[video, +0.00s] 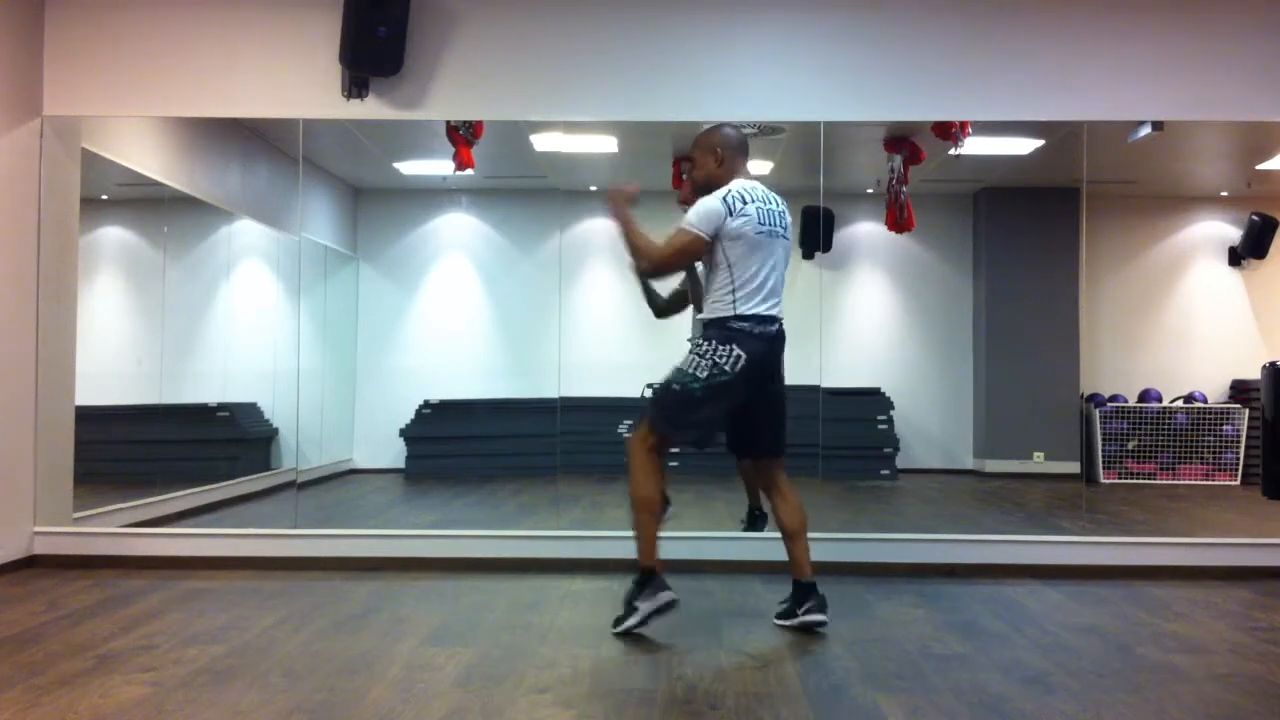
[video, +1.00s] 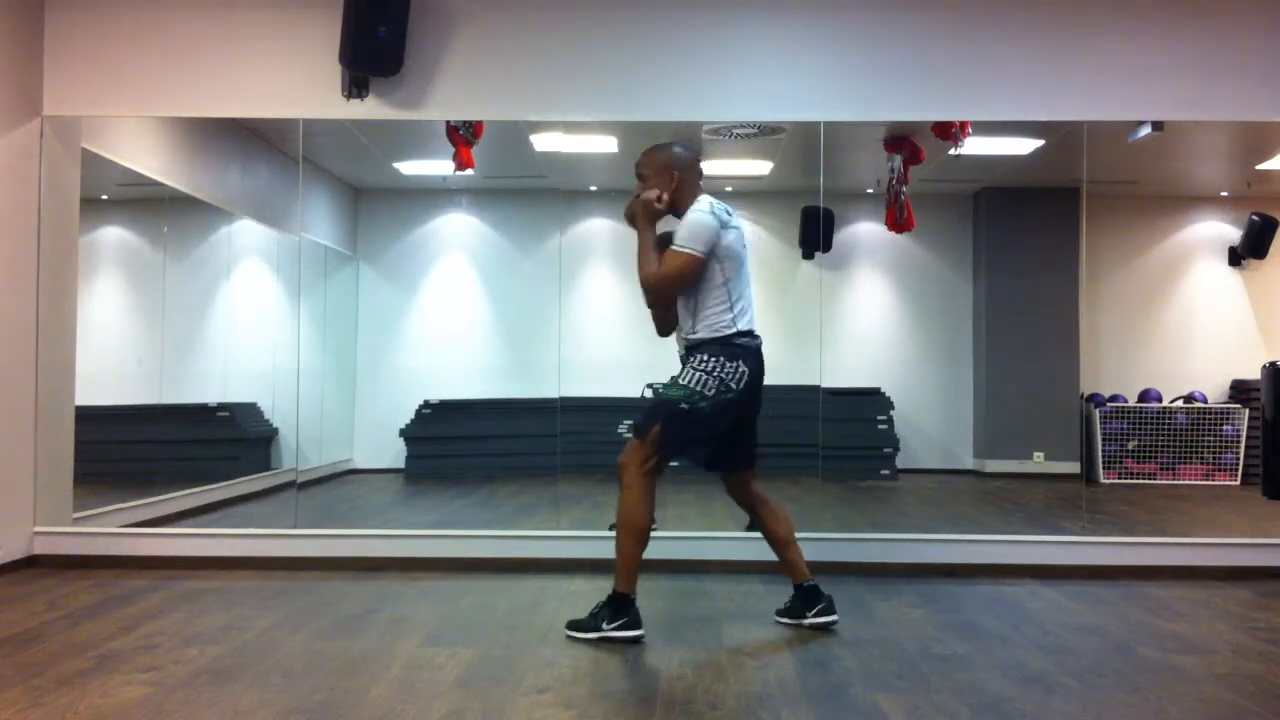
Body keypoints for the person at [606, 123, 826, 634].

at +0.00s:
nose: (692, 170)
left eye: (695, 161)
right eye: (692, 162)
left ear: (718, 157)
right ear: (739, 158)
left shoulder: (719, 202)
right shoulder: (778, 207)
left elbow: (654, 262)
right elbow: (744, 275)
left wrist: (622, 215)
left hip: (724, 347)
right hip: (768, 349)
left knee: (644, 441)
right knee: (771, 471)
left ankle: (649, 580)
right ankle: (806, 591)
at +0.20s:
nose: (697, 167)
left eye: (700, 159)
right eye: (699, 160)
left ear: (718, 156)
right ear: (746, 156)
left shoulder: (705, 193)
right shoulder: (785, 205)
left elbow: (615, 212)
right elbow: (752, 262)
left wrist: (653, 213)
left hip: (712, 343)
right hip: (760, 348)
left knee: (645, 448)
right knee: (767, 469)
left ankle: (631, 591)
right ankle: (801, 590)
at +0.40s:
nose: (680, 171)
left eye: (683, 161)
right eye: (680, 163)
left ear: (705, 157)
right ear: (727, 158)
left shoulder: (697, 196)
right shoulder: (764, 210)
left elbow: (617, 235)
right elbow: (729, 264)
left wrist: (637, 204)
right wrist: (674, 274)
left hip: (702, 346)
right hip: (740, 348)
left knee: (640, 459)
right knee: (747, 471)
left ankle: (634, 602)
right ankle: (794, 585)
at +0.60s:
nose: (668, 169)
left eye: (675, 160)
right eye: (668, 159)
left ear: (705, 162)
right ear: (701, 164)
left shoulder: (731, 204)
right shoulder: (700, 207)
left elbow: (669, 265)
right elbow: (652, 272)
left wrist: (672, 197)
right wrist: (652, 205)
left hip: (712, 351)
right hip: (707, 349)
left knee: (643, 458)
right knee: (739, 475)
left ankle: (636, 603)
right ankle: (803, 588)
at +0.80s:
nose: (666, 179)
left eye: (670, 169)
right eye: (667, 170)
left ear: (691, 166)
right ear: (715, 164)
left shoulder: (695, 205)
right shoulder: (751, 213)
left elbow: (638, 270)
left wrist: (655, 209)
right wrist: (671, 289)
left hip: (706, 355)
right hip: (744, 355)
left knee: (629, 463)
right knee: (753, 478)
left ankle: (624, 602)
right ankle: (807, 594)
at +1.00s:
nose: (639, 190)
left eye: (644, 179)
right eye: (639, 180)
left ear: (675, 178)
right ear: (679, 178)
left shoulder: (703, 216)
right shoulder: (693, 224)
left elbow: (659, 287)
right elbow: (666, 322)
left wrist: (644, 227)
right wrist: (649, 239)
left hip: (717, 361)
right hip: (729, 362)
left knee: (636, 462)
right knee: (742, 484)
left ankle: (621, 605)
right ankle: (809, 593)